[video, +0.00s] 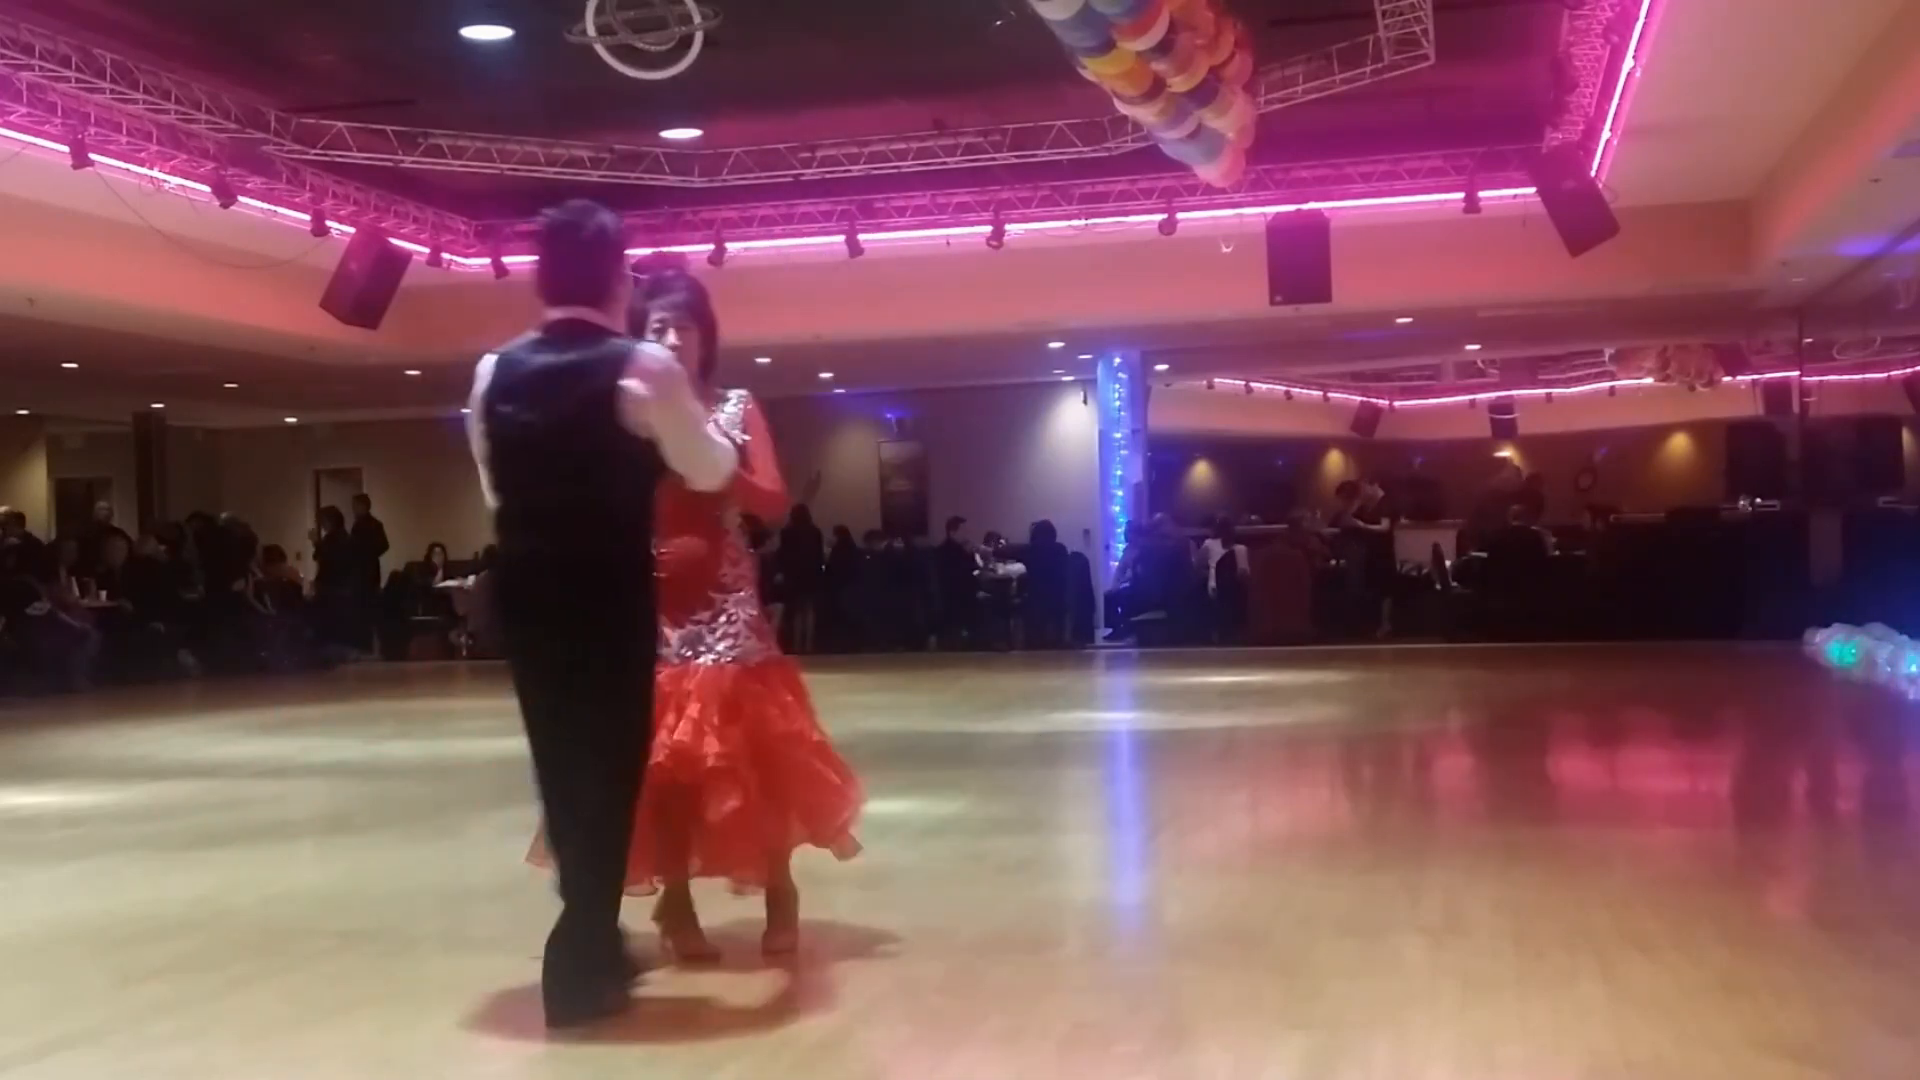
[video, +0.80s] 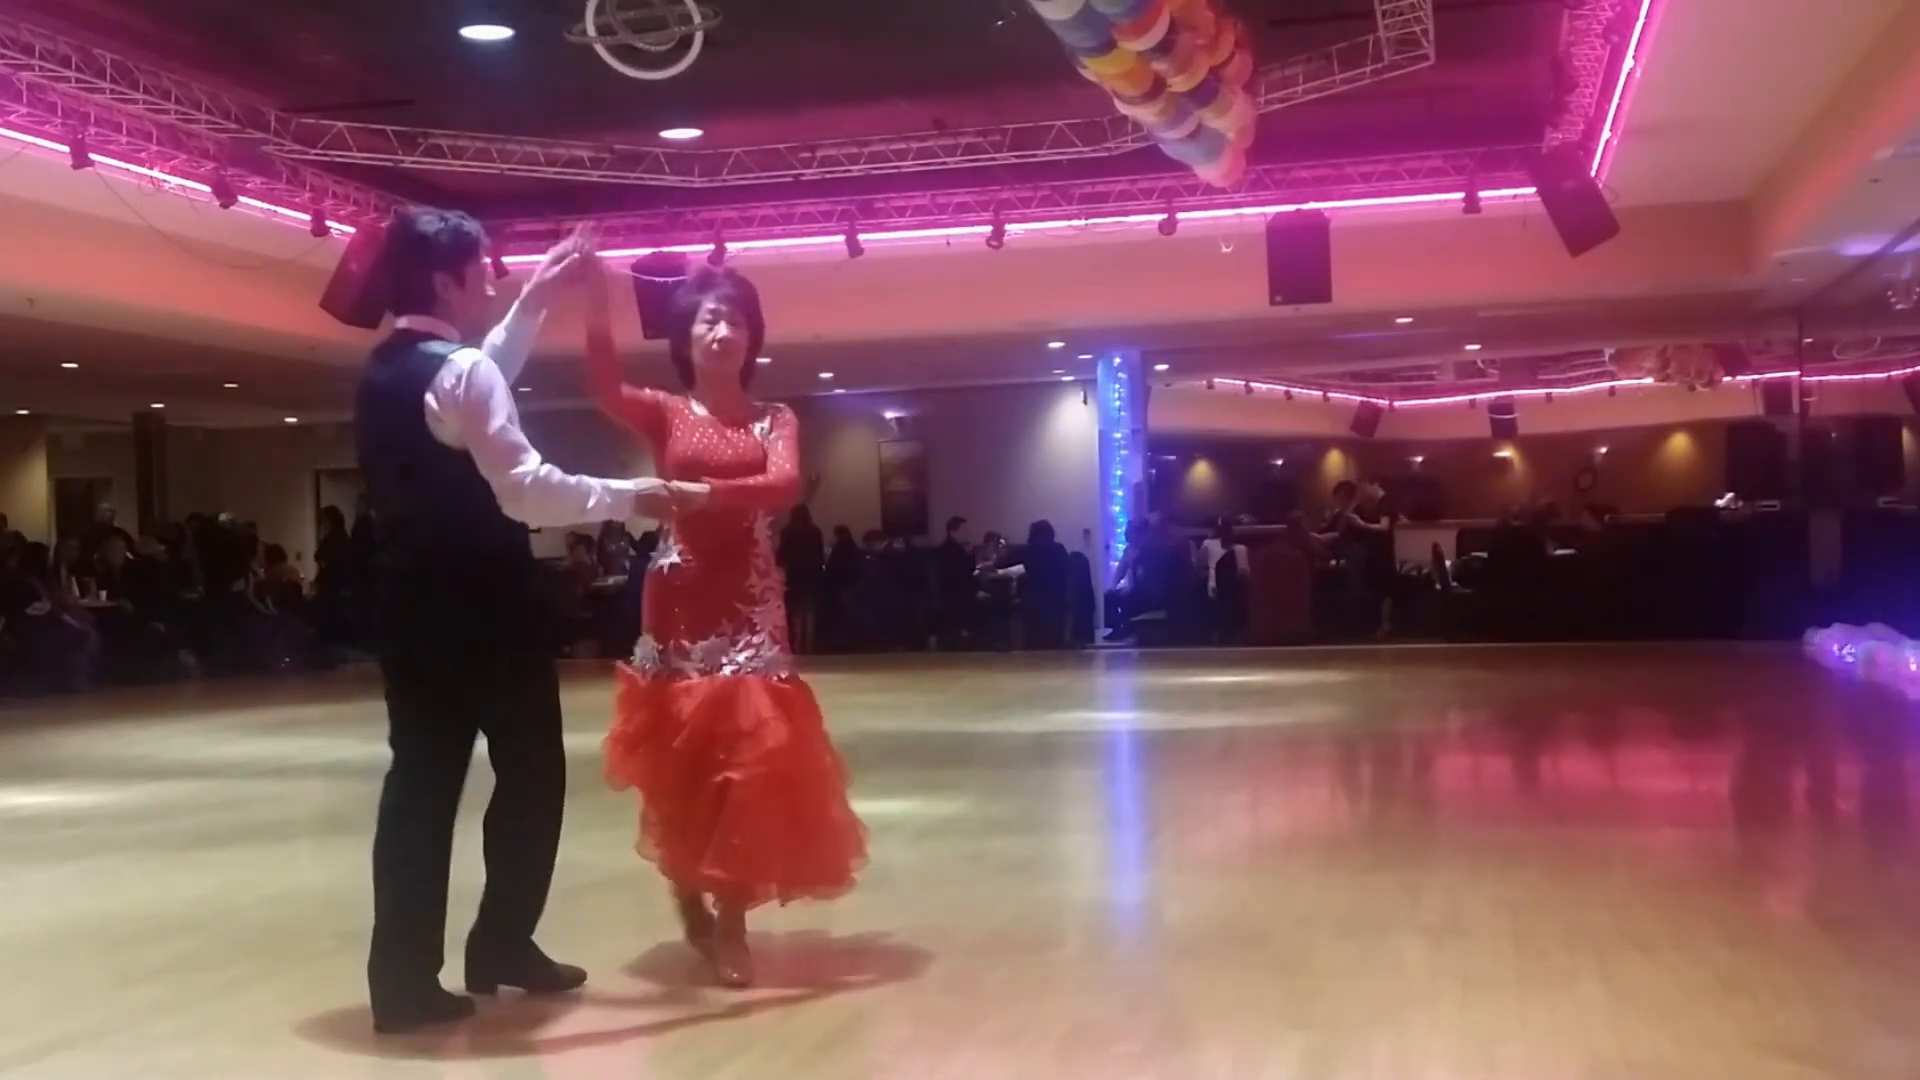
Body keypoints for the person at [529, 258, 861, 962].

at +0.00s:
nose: (669, 339)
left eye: (682, 325)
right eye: (655, 327)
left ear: (707, 337)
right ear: (638, 340)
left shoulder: (734, 410)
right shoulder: (625, 418)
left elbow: (772, 503)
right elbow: (602, 498)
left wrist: (718, 464)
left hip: (723, 596)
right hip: (650, 601)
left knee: (744, 740)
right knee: (669, 753)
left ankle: (778, 891)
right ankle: (675, 898)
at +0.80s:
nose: (715, 329)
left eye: (730, 320)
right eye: (705, 319)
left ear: (751, 340)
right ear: (688, 337)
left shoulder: (773, 418)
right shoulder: (665, 411)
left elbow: (784, 485)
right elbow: (607, 386)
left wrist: (698, 495)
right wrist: (597, 297)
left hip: (749, 593)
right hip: (679, 593)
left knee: (751, 750)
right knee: (683, 750)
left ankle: (733, 917)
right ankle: (685, 886)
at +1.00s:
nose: (707, 316)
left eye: (715, 306)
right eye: (694, 306)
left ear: (728, 320)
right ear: (664, 318)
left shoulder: (746, 405)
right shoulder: (650, 396)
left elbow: (784, 488)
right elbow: (643, 290)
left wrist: (709, 500)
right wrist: (654, 216)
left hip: (732, 587)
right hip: (667, 586)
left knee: (746, 753)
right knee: (678, 757)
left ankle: (735, 924)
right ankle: (641, 918)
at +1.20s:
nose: (685, 294)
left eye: (679, 283)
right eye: (674, 283)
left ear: (620, 302)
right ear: (646, 296)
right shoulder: (631, 366)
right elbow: (724, 299)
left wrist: (711, 491)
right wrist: (714, 276)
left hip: (677, 583)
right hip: (659, 587)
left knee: (703, 757)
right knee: (676, 764)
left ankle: (679, 924)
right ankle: (630, 941)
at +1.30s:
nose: (667, 304)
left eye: (662, 292)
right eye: (656, 292)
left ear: (589, 312)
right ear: (630, 303)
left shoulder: (609, 387)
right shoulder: (627, 375)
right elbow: (727, 356)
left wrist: (700, 505)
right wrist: (743, 341)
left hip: (638, 575)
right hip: (652, 579)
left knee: (657, 754)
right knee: (667, 755)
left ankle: (626, 918)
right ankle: (634, 933)